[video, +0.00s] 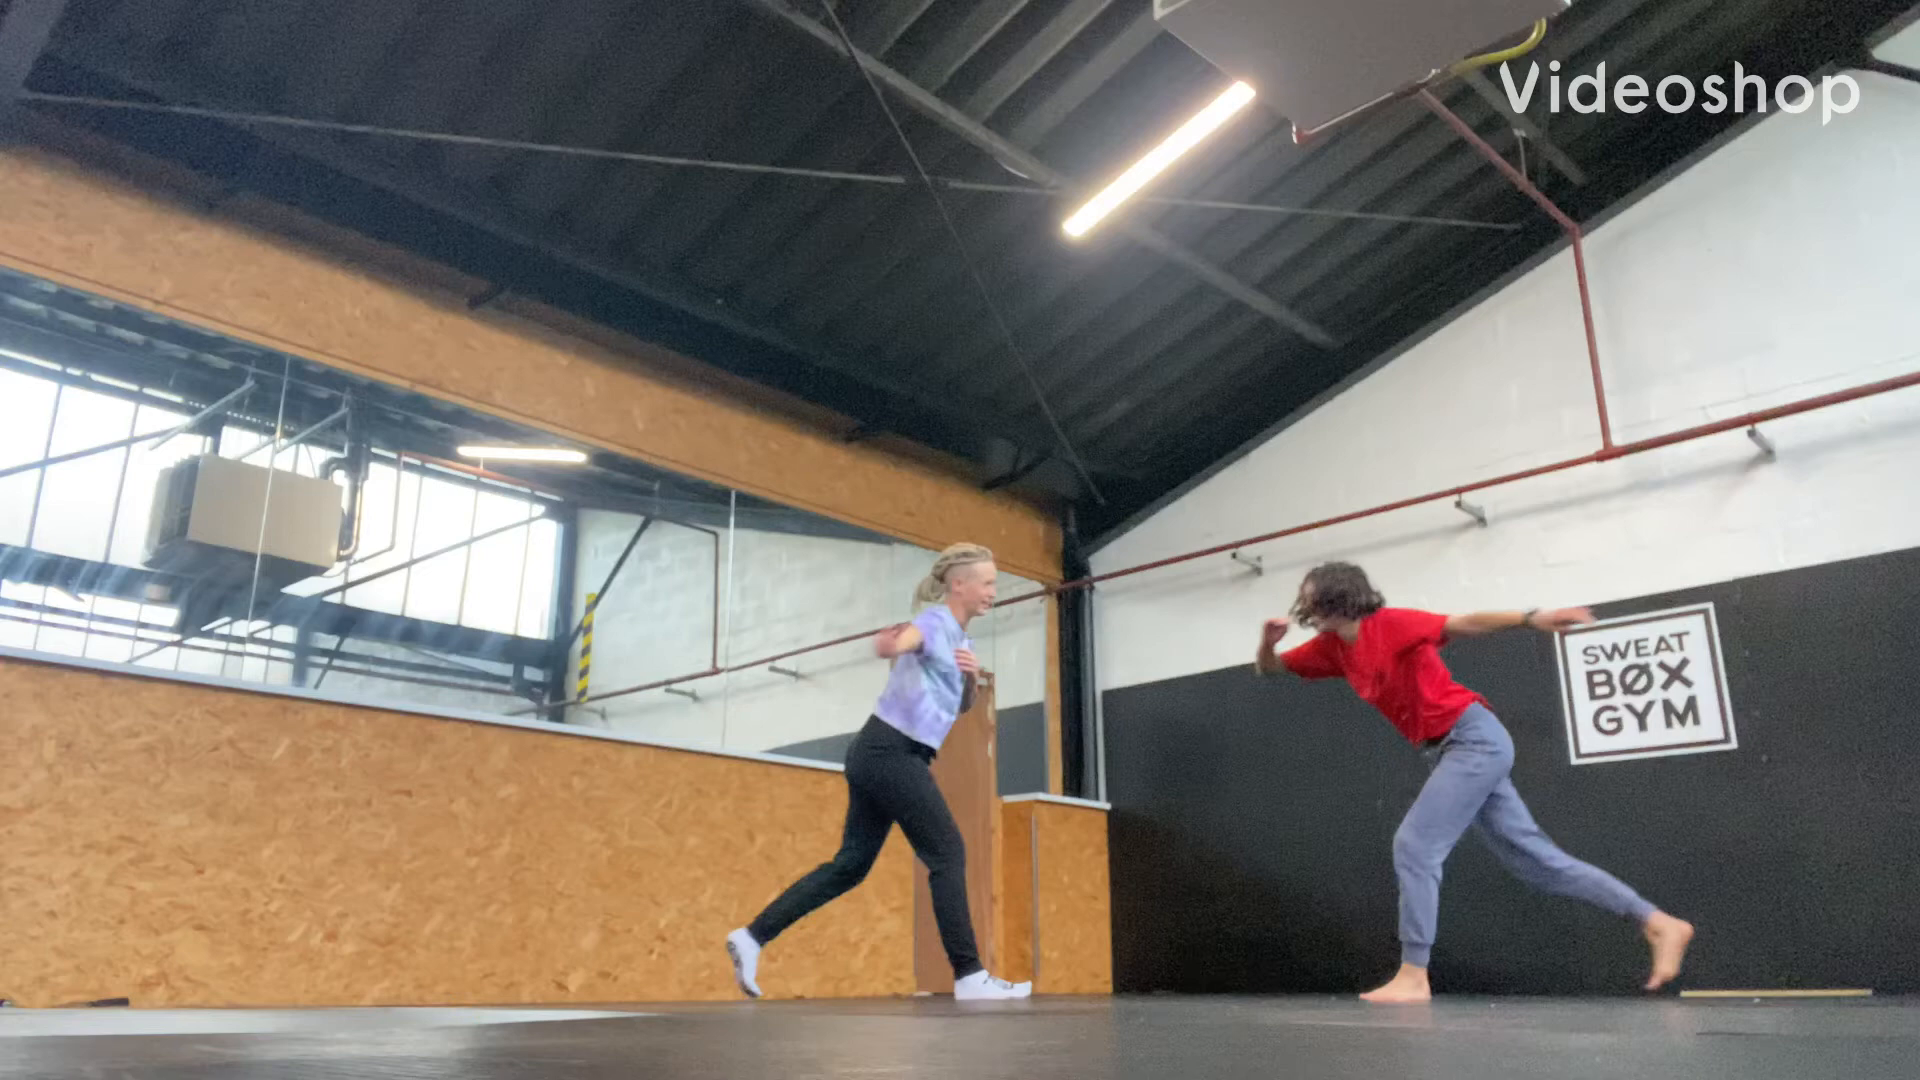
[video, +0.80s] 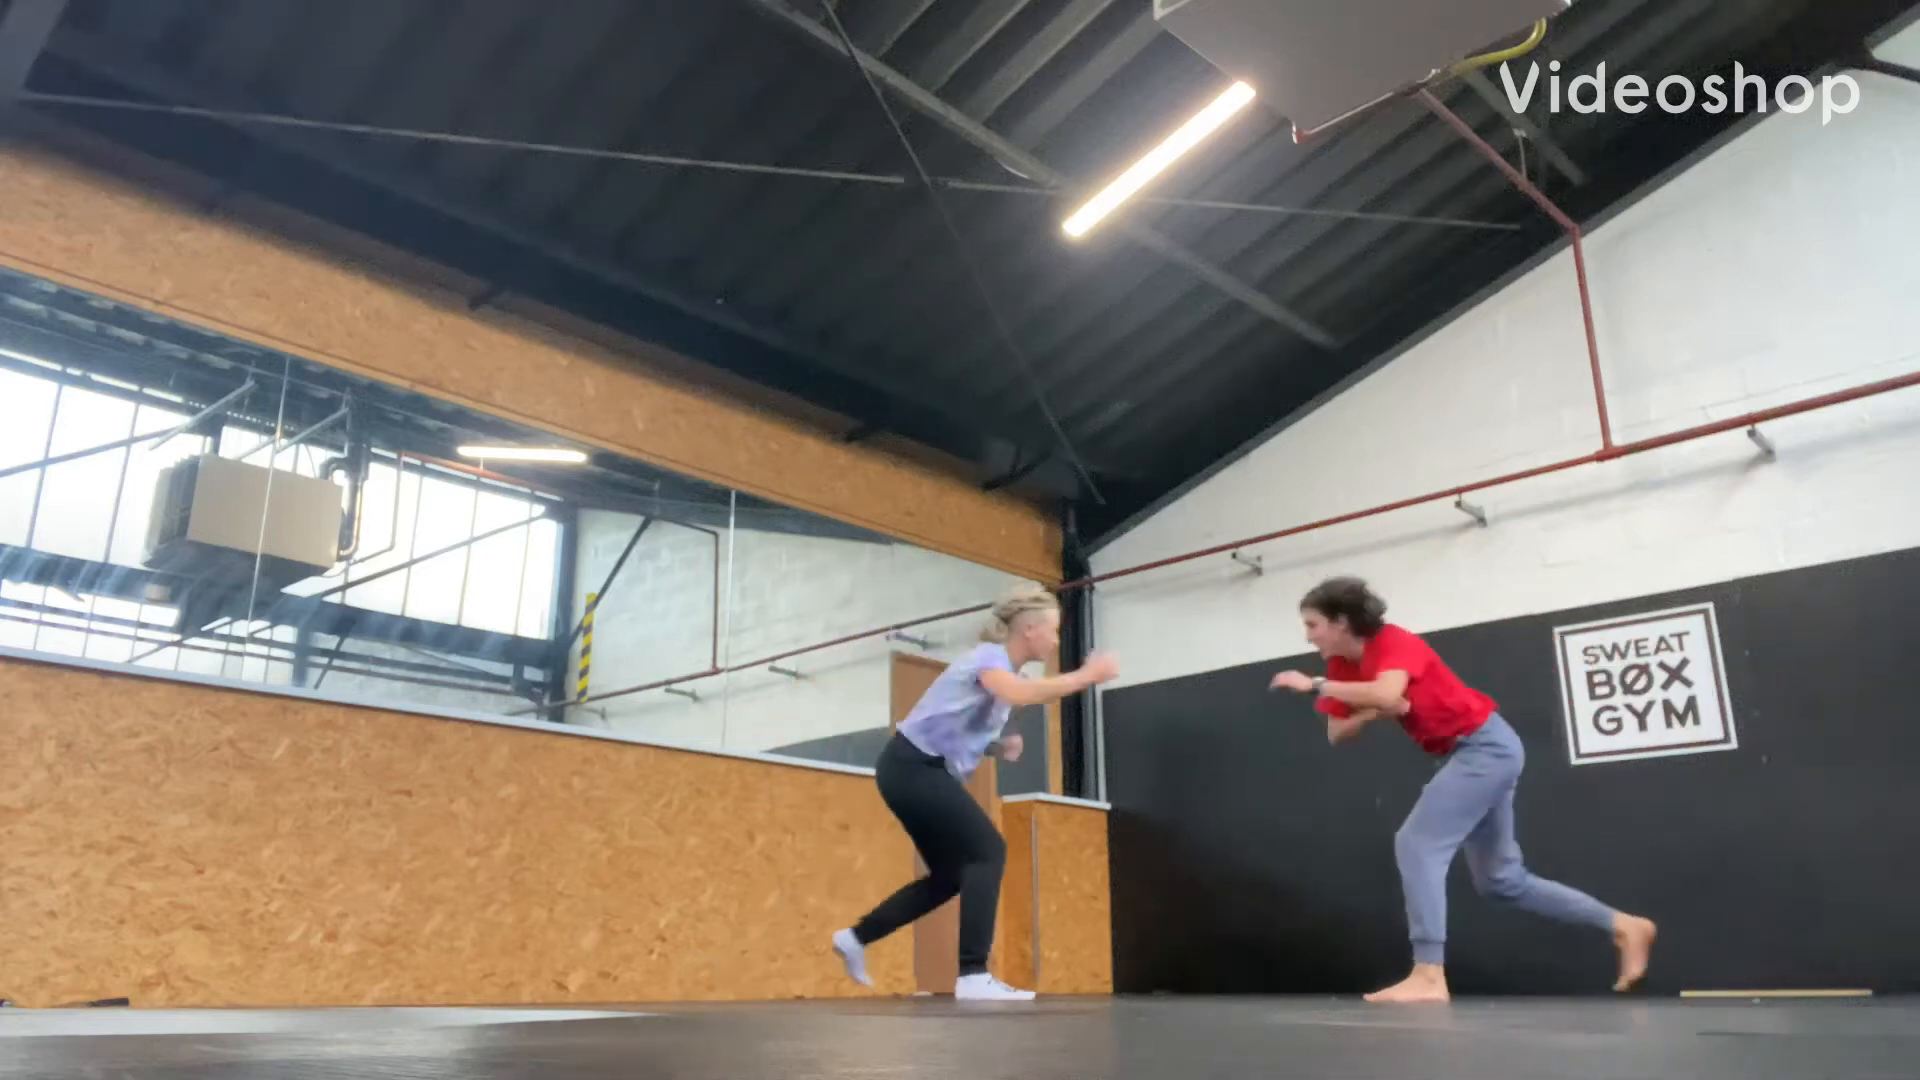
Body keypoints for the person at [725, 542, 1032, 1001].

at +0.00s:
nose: (994, 594)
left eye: (995, 585)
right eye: (988, 584)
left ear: (969, 587)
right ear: (957, 585)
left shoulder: (958, 637)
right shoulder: (935, 621)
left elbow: (963, 706)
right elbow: (899, 643)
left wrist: (973, 681)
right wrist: (892, 644)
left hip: (889, 754)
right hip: (889, 753)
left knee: (850, 865)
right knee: (947, 852)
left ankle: (751, 938)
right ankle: (970, 977)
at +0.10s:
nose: (974, 590)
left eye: (975, 581)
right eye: (967, 581)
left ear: (947, 584)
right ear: (938, 581)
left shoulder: (940, 634)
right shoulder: (918, 619)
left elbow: (949, 703)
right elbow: (879, 641)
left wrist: (958, 672)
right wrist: (843, 656)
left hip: (873, 753)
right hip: (881, 752)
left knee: (834, 867)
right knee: (936, 851)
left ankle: (739, 946)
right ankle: (968, 977)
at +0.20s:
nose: (949, 596)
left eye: (950, 588)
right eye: (943, 587)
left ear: (920, 590)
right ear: (915, 588)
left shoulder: (910, 641)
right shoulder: (888, 626)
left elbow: (920, 713)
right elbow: (834, 664)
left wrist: (930, 675)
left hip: (846, 763)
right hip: (863, 762)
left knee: (809, 876)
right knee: (933, 852)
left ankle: (715, 959)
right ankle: (968, 977)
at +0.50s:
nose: (957, 599)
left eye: (958, 591)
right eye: (951, 589)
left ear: (930, 591)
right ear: (924, 588)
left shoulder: (931, 652)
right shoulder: (890, 633)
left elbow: (949, 713)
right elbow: (846, 686)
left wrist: (951, 678)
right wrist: (821, 740)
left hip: (868, 764)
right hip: (866, 758)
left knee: (815, 872)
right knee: (950, 846)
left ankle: (718, 958)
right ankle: (967, 975)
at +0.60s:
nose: (989, 598)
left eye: (990, 589)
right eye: (982, 589)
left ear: (969, 594)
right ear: (952, 591)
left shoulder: (971, 648)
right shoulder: (922, 634)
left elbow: (992, 711)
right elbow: (878, 686)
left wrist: (988, 668)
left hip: (896, 761)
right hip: (894, 757)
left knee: (845, 873)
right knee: (965, 848)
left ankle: (743, 948)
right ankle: (971, 978)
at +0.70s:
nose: (1030, 613)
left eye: (1030, 605)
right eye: (1024, 603)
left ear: (1002, 609)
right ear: (997, 605)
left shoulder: (994, 662)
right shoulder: (961, 640)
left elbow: (990, 729)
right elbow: (931, 690)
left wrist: (1002, 701)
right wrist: (982, 690)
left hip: (912, 765)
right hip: (905, 759)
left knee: (898, 885)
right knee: (977, 850)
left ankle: (793, 930)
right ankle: (972, 978)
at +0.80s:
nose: (1057, 640)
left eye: (1057, 631)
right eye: (1052, 630)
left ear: (1029, 632)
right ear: (1028, 631)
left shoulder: (1001, 674)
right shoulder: (989, 656)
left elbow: (956, 726)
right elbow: (1013, 693)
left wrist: (995, 745)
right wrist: (1084, 676)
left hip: (912, 769)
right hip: (914, 766)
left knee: (949, 879)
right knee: (987, 850)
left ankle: (855, 937)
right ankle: (973, 978)